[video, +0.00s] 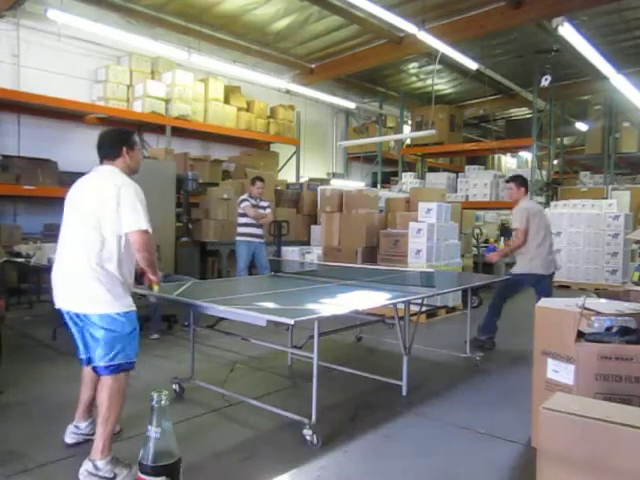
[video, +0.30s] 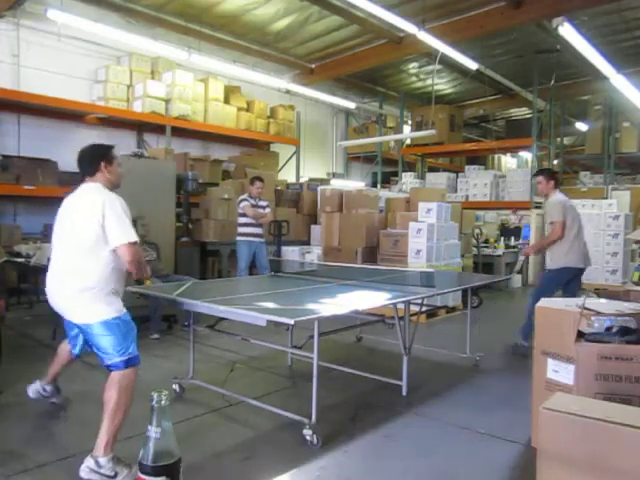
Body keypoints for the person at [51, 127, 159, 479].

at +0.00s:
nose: (142, 156)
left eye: (141, 150)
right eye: (139, 149)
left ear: (106, 154)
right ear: (126, 152)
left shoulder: (81, 184)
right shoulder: (124, 186)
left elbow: (88, 238)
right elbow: (140, 244)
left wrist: (131, 266)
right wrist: (152, 272)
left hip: (68, 292)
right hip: (102, 296)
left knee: (93, 359)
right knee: (116, 370)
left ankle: (81, 422)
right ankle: (100, 460)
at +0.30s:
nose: (120, 171)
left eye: (119, 165)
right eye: (117, 165)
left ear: (91, 169)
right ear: (104, 168)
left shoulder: (71, 199)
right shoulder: (109, 200)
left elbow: (68, 247)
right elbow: (131, 257)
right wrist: (142, 273)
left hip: (61, 292)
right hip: (94, 299)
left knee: (78, 337)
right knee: (125, 366)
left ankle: (45, 384)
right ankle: (102, 457)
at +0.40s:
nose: (110, 174)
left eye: (109, 168)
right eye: (107, 169)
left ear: (83, 173)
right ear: (92, 172)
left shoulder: (66, 201)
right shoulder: (94, 205)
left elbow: (66, 250)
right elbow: (108, 259)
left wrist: (112, 262)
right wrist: (129, 268)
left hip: (55, 292)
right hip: (82, 298)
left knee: (67, 342)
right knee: (104, 363)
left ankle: (36, 389)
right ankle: (100, 454)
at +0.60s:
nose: (100, 174)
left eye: (99, 169)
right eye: (96, 169)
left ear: (78, 171)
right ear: (80, 171)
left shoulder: (68, 197)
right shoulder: (70, 200)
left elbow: (86, 247)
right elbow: (63, 251)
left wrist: (124, 259)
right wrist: (90, 272)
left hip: (44, 284)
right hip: (54, 287)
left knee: (52, 346)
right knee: (69, 353)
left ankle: (29, 395)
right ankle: (72, 438)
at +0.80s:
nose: (93, 169)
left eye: (92, 164)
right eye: (89, 164)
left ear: (69, 166)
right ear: (73, 165)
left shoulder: (55, 189)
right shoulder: (65, 190)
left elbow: (55, 237)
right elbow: (62, 237)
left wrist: (82, 257)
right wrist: (84, 257)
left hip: (25, 278)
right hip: (41, 280)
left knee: (40, 342)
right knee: (52, 347)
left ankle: (32, 393)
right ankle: (39, 429)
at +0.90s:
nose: (93, 170)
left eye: (91, 165)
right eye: (88, 165)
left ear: (68, 168)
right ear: (72, 167)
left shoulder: (53, 190)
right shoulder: (65, 192)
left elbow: (50, 244)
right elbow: (63, 239)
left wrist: (71, 279)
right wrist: (87, 257)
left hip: (26, 279)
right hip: (37, 282)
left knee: (41, 344)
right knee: (44, 351)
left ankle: (30, 395)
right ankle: (32, 431)